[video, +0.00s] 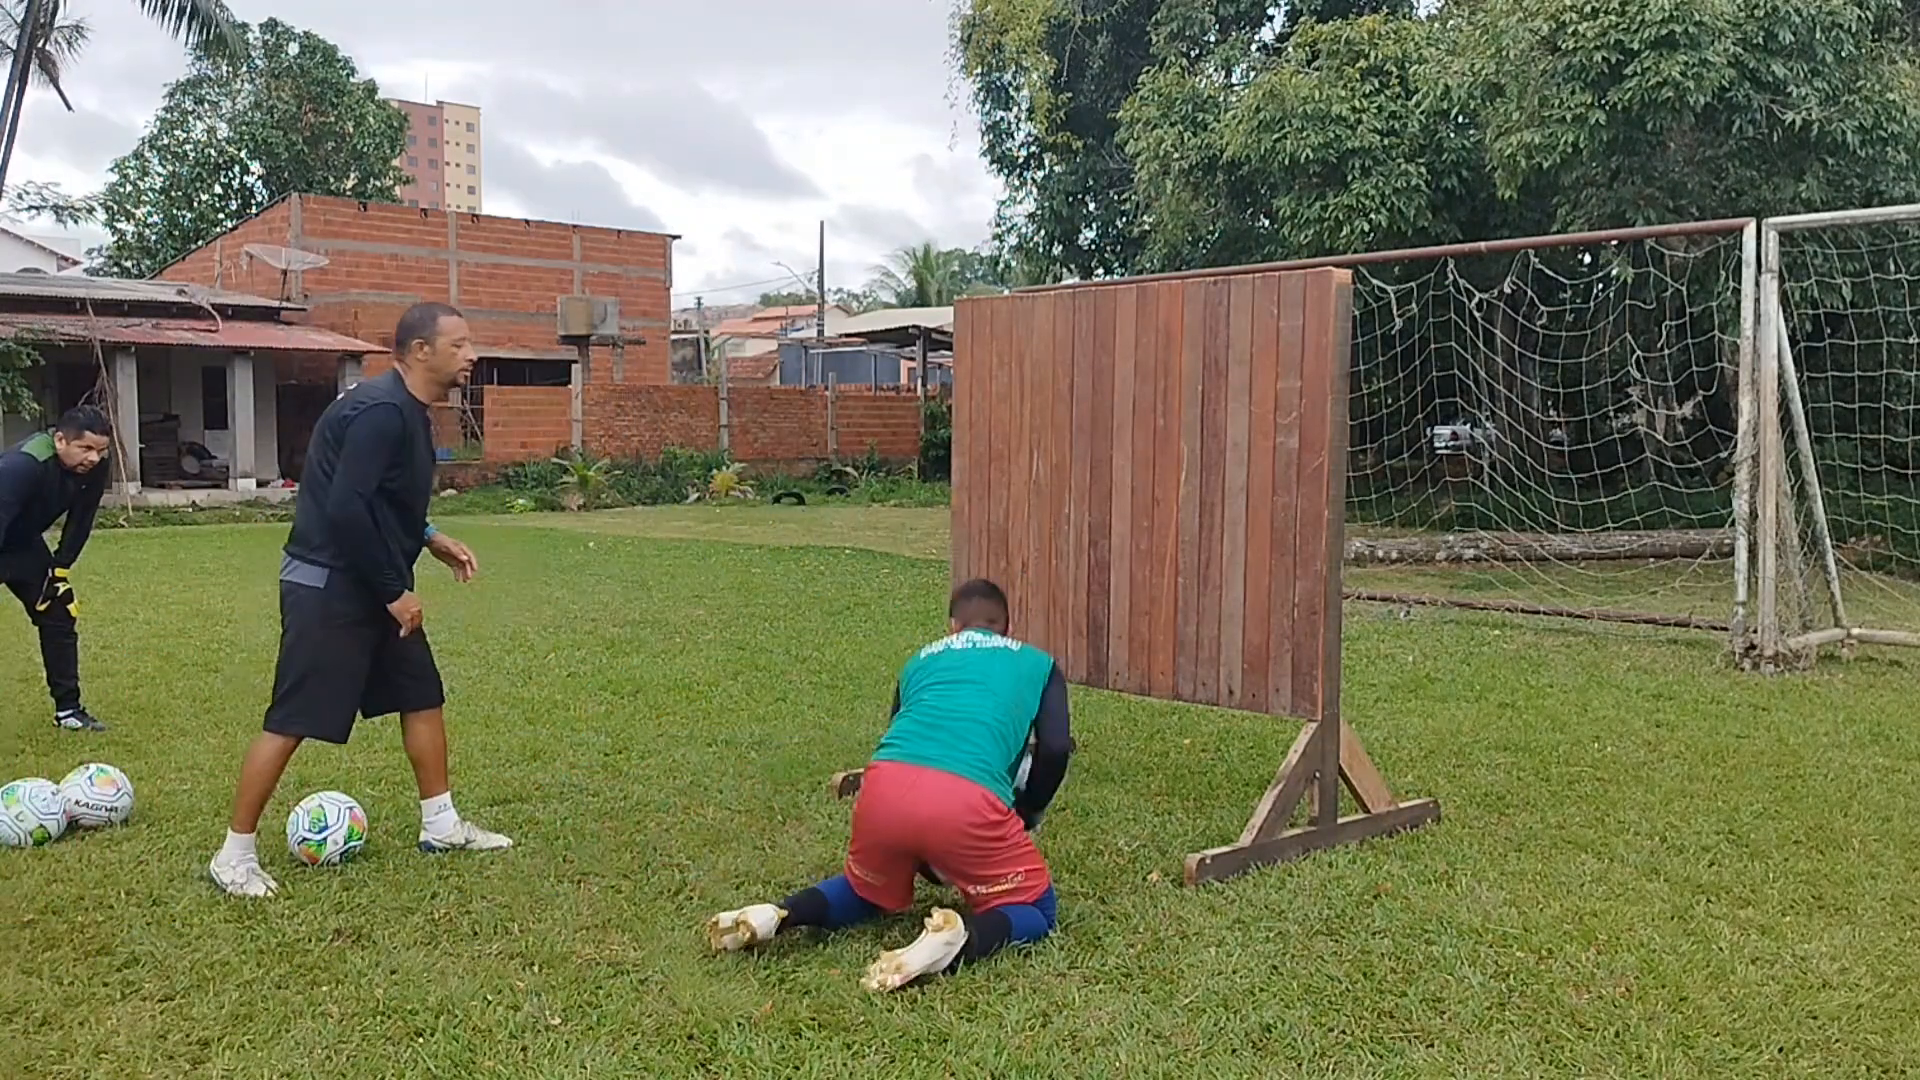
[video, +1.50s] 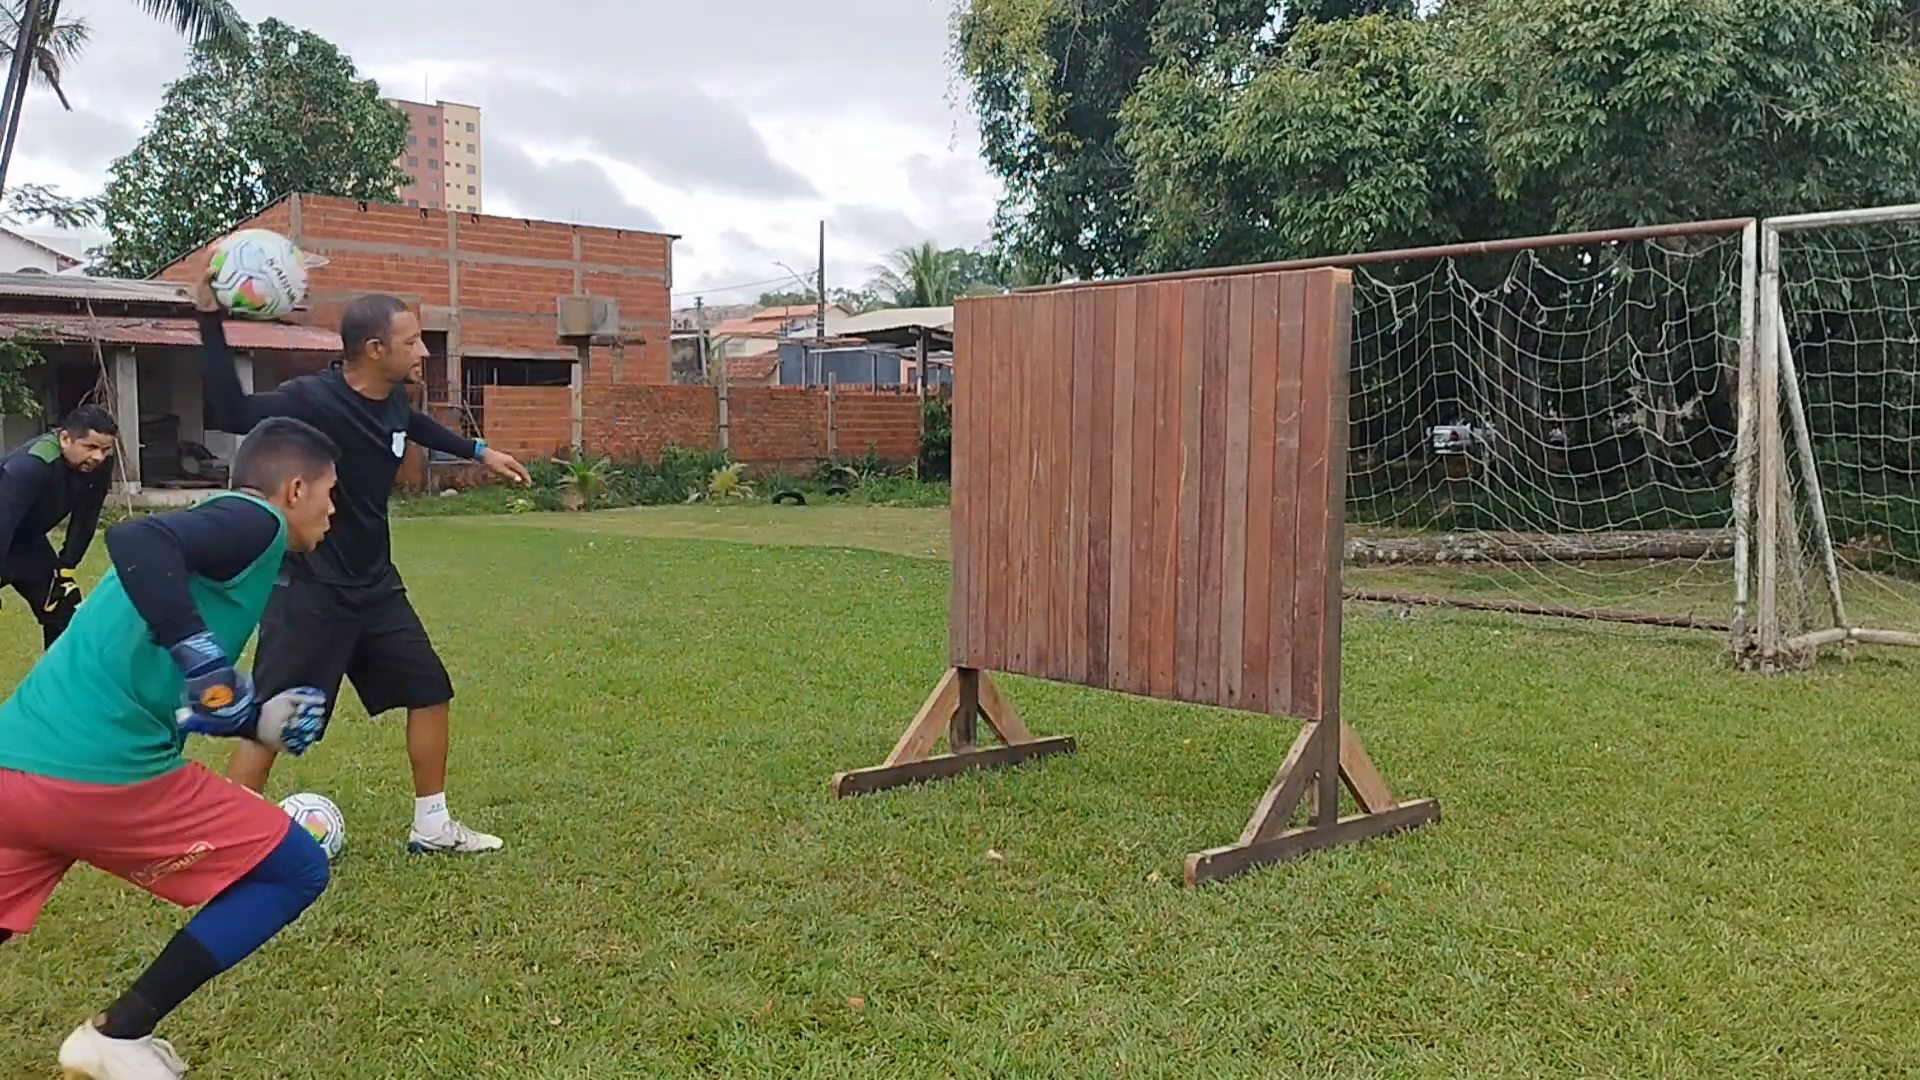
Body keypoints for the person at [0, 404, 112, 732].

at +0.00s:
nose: (93, 458)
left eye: (100, 451)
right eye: (86, 449)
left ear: (107, 448)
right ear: (60, 440)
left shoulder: (95, 465)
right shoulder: (21, 468)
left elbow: (81, 519)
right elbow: (7, 527)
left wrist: (61, 568)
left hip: (20, 540)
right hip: (4, 542)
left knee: (58, 613)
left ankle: (68, 709)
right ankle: (67, 709)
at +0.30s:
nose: (95, 454)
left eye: (101, 446)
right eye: (87, 444)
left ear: (107, 446)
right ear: (61, 438)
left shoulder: (95, 465)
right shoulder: (24, 468)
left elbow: (82, 519)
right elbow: (6, 526)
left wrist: (63, 570)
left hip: (21, 541)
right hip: (5, 542)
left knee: (61, 612)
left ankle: (69, 709)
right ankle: (68, 708)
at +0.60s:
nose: (97, 454)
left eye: (103, 446)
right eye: (90, 445)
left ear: (109, 446)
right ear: (63, 439)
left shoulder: (96, 464)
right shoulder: (26, 468)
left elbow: (84, 519)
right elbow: (6, 527)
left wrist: (67, 568)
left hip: (24, 541)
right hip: (5, 542)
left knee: (64, 611)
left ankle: (69, 709)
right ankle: (68, 709)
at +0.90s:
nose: (100, 456)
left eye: (106, 449)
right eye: (92, 447)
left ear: (112, 447)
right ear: (66, 440)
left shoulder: (98, 465)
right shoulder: (29, 468)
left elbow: (85, 519)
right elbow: (6, 528)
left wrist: (67, 567)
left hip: (24, 539)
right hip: (2, 541)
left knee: (64, 610)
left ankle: (70, 709)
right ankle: (68, 709)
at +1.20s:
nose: (99, 457)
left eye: (106, 449)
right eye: (92, 447)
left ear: (112, 448)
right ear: (66, 440)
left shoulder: (98, 467)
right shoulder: (30, 468)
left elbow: (85, 520)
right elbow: (6, 529)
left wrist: (67, 568)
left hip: (24, 539)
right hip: (2, 540)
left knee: (63, 610)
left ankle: (70, 709)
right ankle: (68, 709)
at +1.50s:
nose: (98, 457)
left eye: (105, 450)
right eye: (91, 447)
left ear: (111, 448)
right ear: (65, 439)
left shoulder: (100, 465)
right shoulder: (31, 466)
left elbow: (85, 520)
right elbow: (4, 528)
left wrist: (67, 569)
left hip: (25, 537)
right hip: (2, 534)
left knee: (63, 607)